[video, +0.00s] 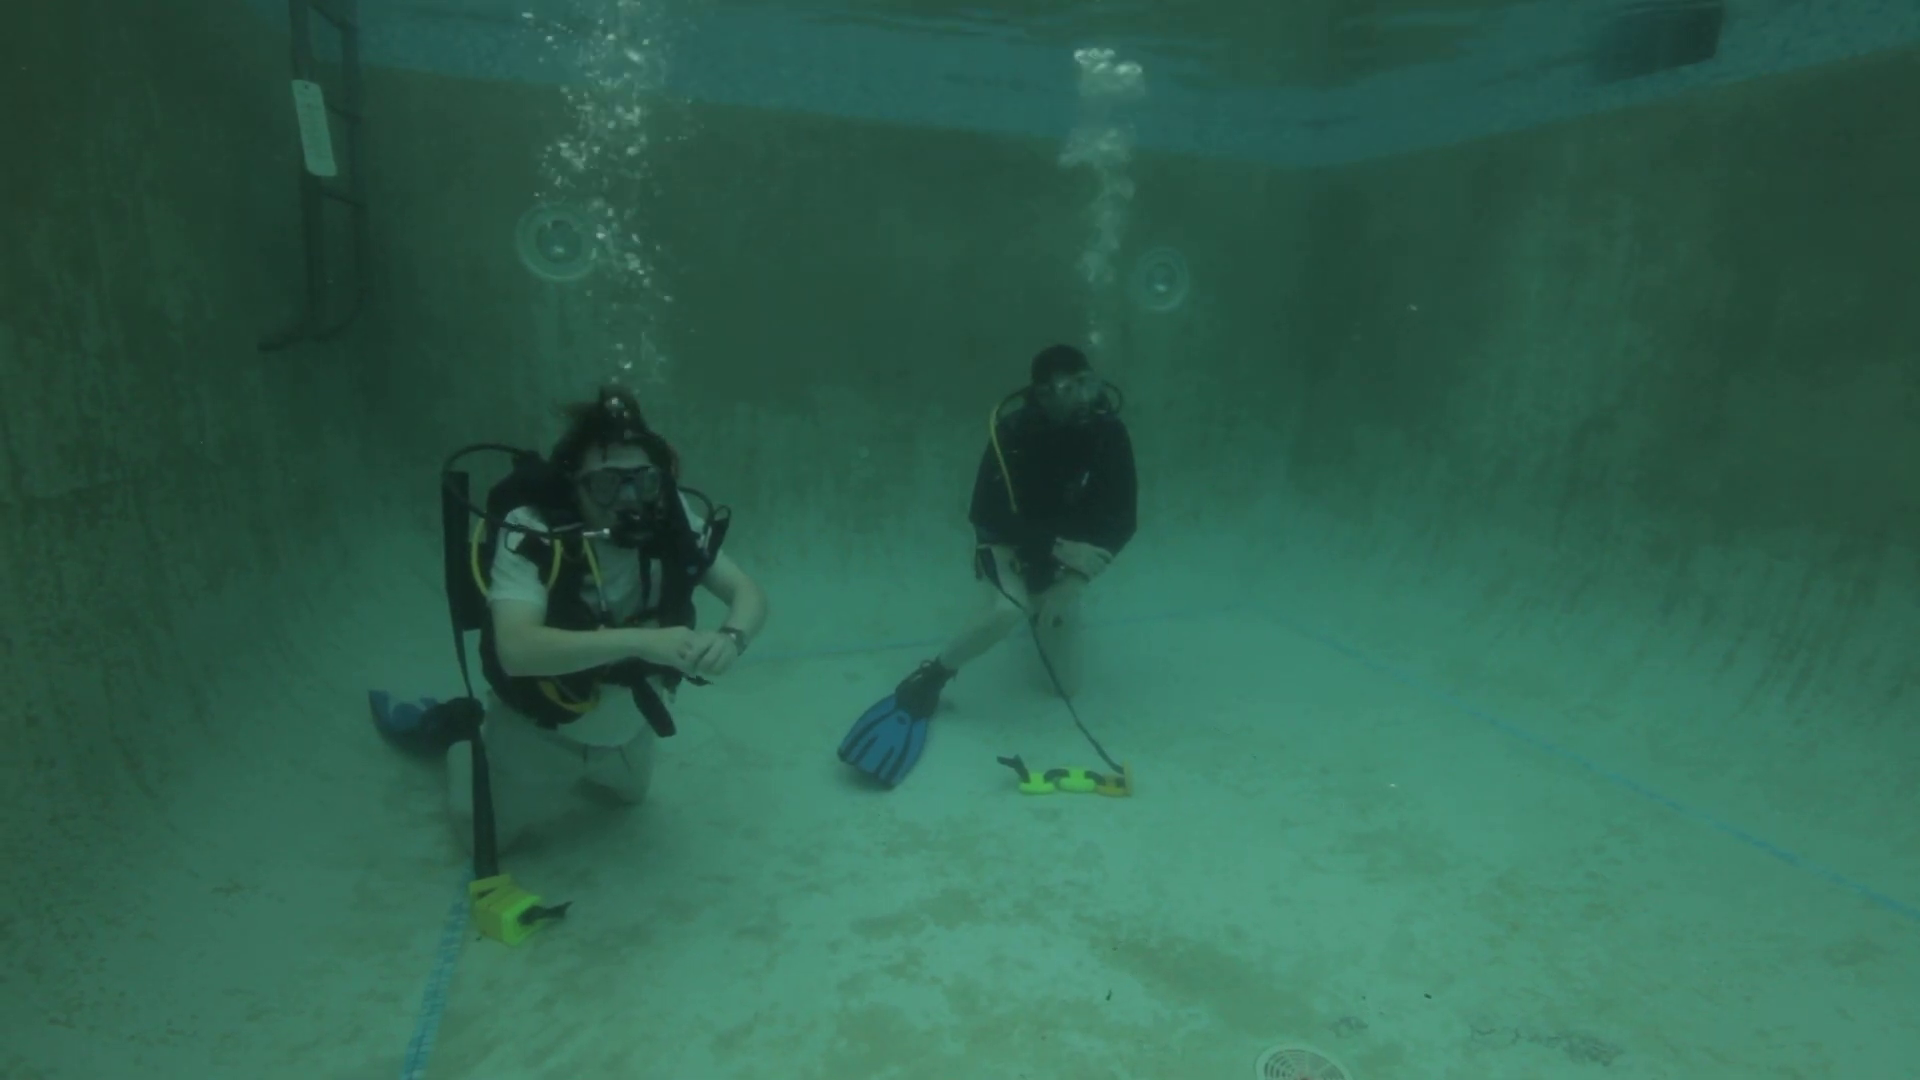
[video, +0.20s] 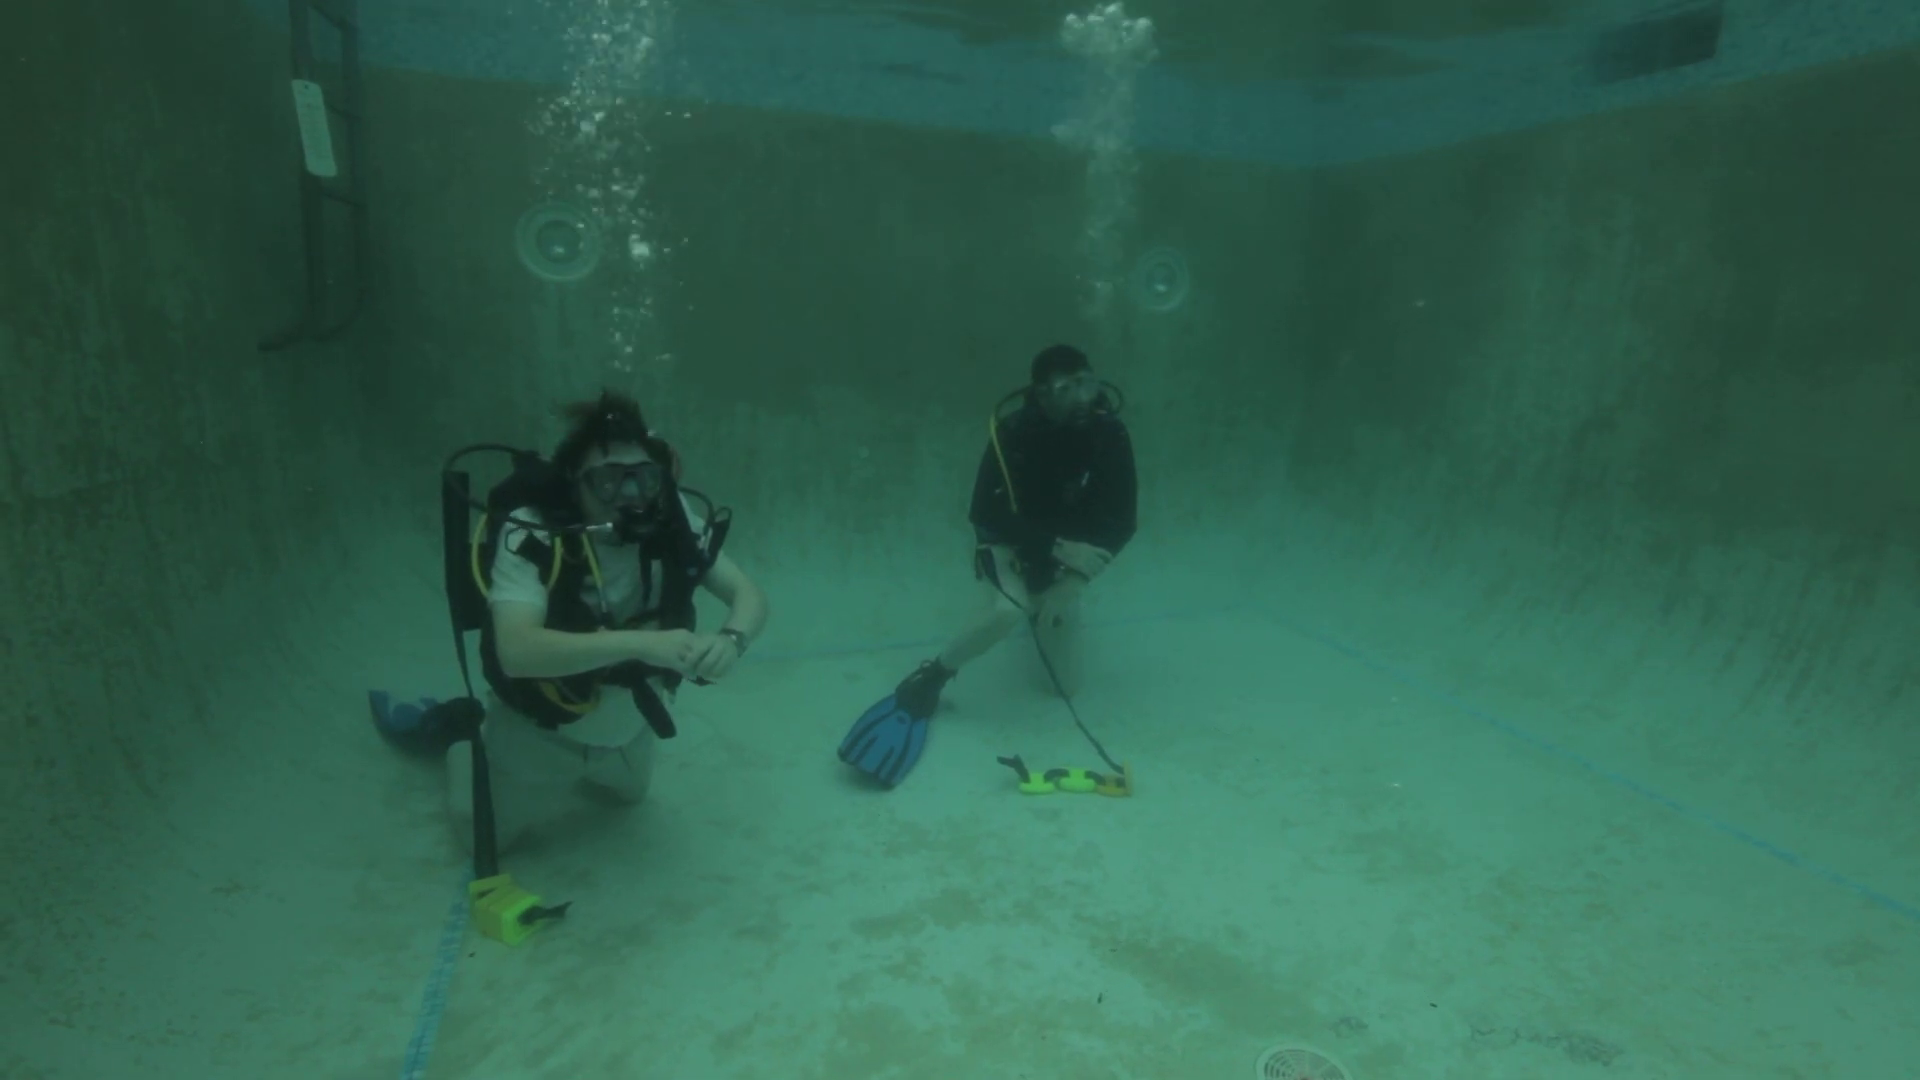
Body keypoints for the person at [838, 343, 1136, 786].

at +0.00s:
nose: (1082, 394)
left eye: (1084, 382)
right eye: (1069, 387)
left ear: (1092, 381)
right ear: (1043, 394)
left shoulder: (1107, 430)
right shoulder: (1016, 428)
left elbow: (1121, 518)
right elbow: (988, 512)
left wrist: (1070, 585)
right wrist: (1058, 546)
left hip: (1069, 550)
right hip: (1011, 542)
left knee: (1068, 681)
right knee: (1009, 611)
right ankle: (930, 679)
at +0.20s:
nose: (1079, 397)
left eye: (1085, 385)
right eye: (1065, 388)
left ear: (1095, 386)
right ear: (1041, 394)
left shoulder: (1108, 433)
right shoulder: (1015, 431)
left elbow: (1120, 519)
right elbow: (985, 511)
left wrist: (1074, 576)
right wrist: (1047, 546)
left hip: (1075, 549)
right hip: (1012, 543)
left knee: (1066, 682)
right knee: (1008, 611)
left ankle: (1044, 613)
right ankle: (933, 675)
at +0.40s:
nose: (1079, 396)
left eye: (1083, 383)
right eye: (1066, 386)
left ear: (1093, 383)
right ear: (1041, 392)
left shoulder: (1108, 433)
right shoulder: (1015, 432)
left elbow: (1121, 519)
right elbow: (987, 512)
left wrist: (1070, 585)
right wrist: (1058, 546)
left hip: (1067, 555)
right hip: (1010, 545)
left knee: (1067, 681)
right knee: (1009, 612)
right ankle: (930, 678)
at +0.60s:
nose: (1079, 395)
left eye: (1083, 383)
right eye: (1067, 386)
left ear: (1092, 384)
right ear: (1041, 391)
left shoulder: (1107, 431)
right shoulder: (1015, 431)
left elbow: (1121, 518)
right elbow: (987, 512)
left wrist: (1070, 584)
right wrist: (1058, 546)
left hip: (1067, 550)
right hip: (1009, 542)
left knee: (1067, 681)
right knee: (1009, 612)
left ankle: (1048, 612)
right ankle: (929, 679)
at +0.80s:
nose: (1074, 397)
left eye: (1079, 385)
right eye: (1062, 388)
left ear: (1089, 385)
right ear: (1039, 392)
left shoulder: (1106, 431)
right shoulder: (1014, 431)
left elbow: (1120, 518)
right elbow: (987, 513)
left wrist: (1069, 585)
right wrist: (1058, 546)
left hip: (1067, 552)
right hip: (1009, 544)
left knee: (1067, 681)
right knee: (1009, 611)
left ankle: (1048, 609)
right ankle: (930, 679)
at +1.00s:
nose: (1073, 397)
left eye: (1078, 385)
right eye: (1061, 388)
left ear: (1089, 385)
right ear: (1038, 391)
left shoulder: (1106, 431)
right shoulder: (1012, 429)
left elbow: (1119, 518)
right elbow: (988, 514)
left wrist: (1068, 586)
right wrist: (1058, 545)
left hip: (1065, 550)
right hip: (1009, 542)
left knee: (1066, 681)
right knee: (1008, 610)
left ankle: (1049, 609)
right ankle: (931, 678)